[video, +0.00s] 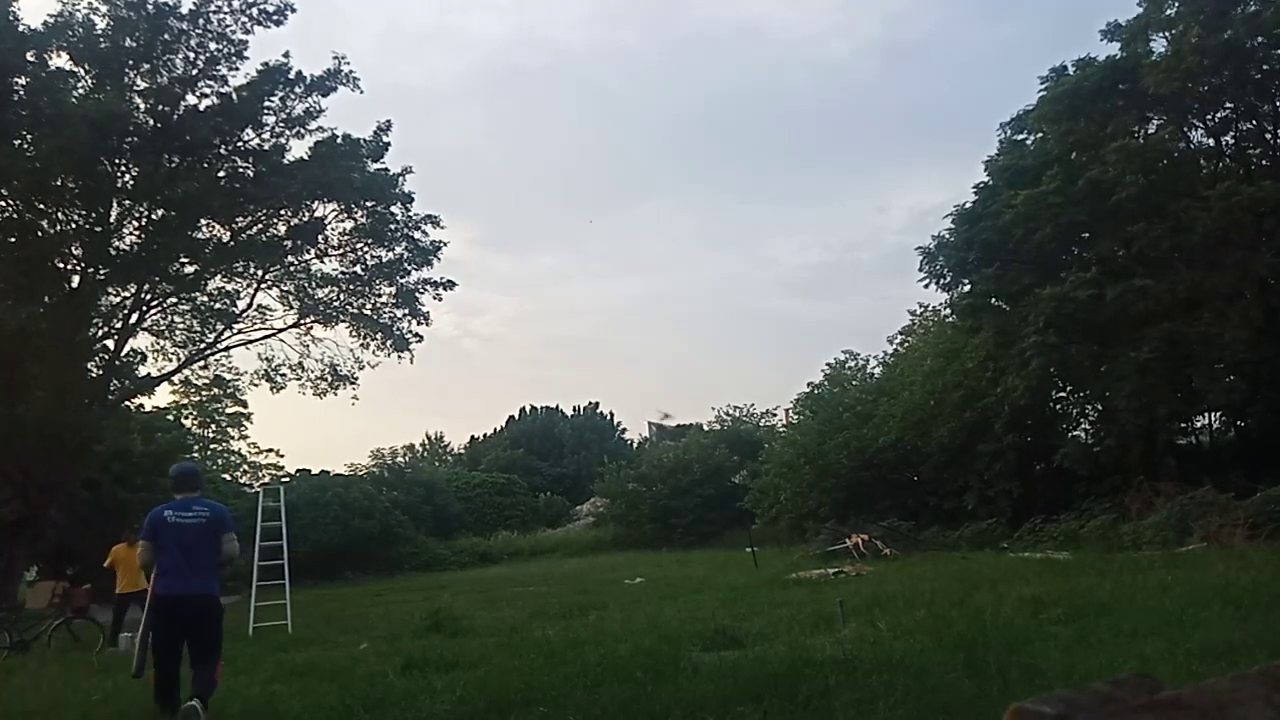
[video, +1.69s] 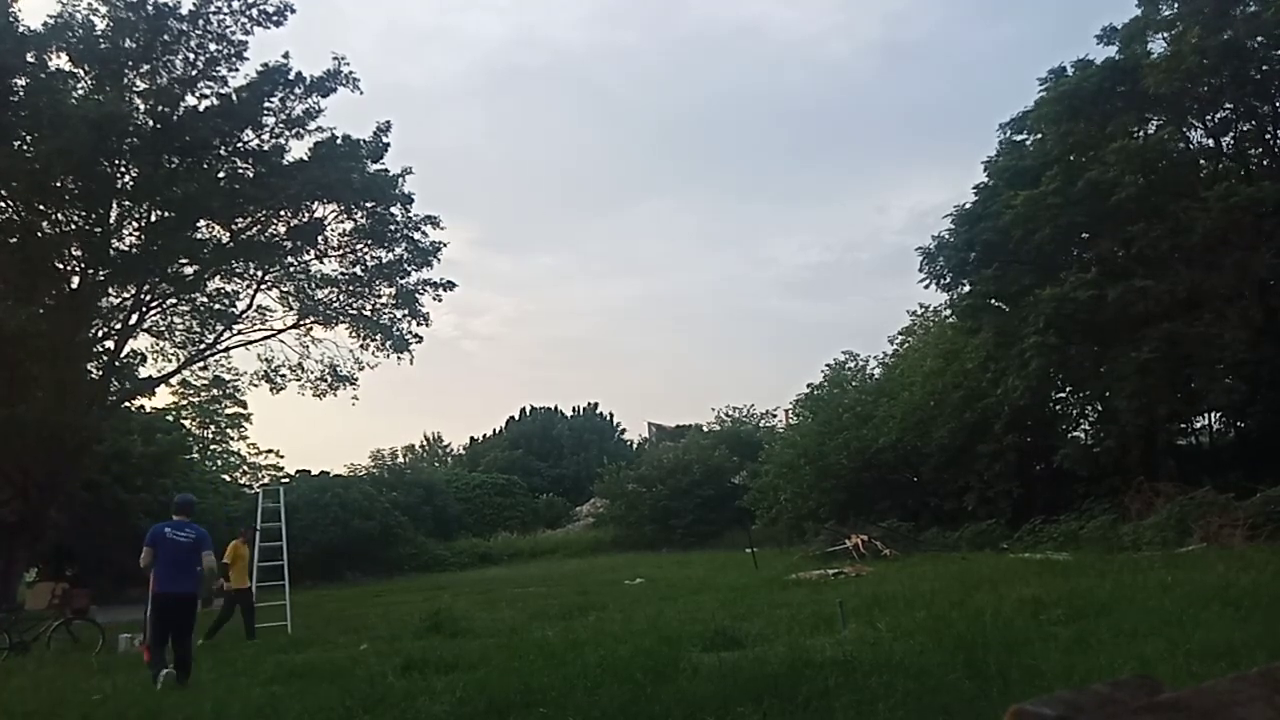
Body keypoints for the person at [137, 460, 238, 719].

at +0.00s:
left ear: (173, 485)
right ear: (200, 484)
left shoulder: (157, 515)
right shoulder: (217, 512)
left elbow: (144, 559)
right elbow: (231, 551)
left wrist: (165, 565)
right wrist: (209, 564)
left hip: (166, 600)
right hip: (204, 600)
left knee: (166, 661)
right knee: (206, 657)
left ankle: (167, 711)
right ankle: (198, 700)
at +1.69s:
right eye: (189, 511)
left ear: (172, 510)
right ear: (191, 512)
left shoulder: (157, 530)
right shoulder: (201, 534)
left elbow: (144, 562)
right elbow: (209, 565)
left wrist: (158, 556)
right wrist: (210, 585)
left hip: (162, 595)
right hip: (188, 595)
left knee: (157, 640)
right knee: (183, 639)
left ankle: (161, 671)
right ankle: (182, 681)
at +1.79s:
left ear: (170, 508)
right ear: (190, 509)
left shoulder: (156, 527)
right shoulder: (200, 530)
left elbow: (144, 557)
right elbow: (210, 560)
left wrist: (146, 571)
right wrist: (198, 569)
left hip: (160, 590)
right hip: (186, 591)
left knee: (153, 634)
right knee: (183, 635)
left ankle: (158, 667)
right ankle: (182, 678)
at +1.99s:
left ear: (165, 513)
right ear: (185, 514)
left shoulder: (153, 532)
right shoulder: (195, 534)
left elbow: (142, 563)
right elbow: (200, 560)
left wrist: (140, 585)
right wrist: (186, 566)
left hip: (156, 593)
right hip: (182, 594)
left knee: (149, 636)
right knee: (180, 637)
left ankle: (143, 676)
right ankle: (179, 679)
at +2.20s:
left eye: (157, 516)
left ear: (154, 517)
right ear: (173, 517)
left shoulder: (143, 538)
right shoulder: (184, 538)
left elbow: (133, 570)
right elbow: (187, 566)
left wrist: (128, 597)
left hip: (147, 596)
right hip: (174, 596)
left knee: (144, 638)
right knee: (175, 634)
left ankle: (143, 675)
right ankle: (176, 662)